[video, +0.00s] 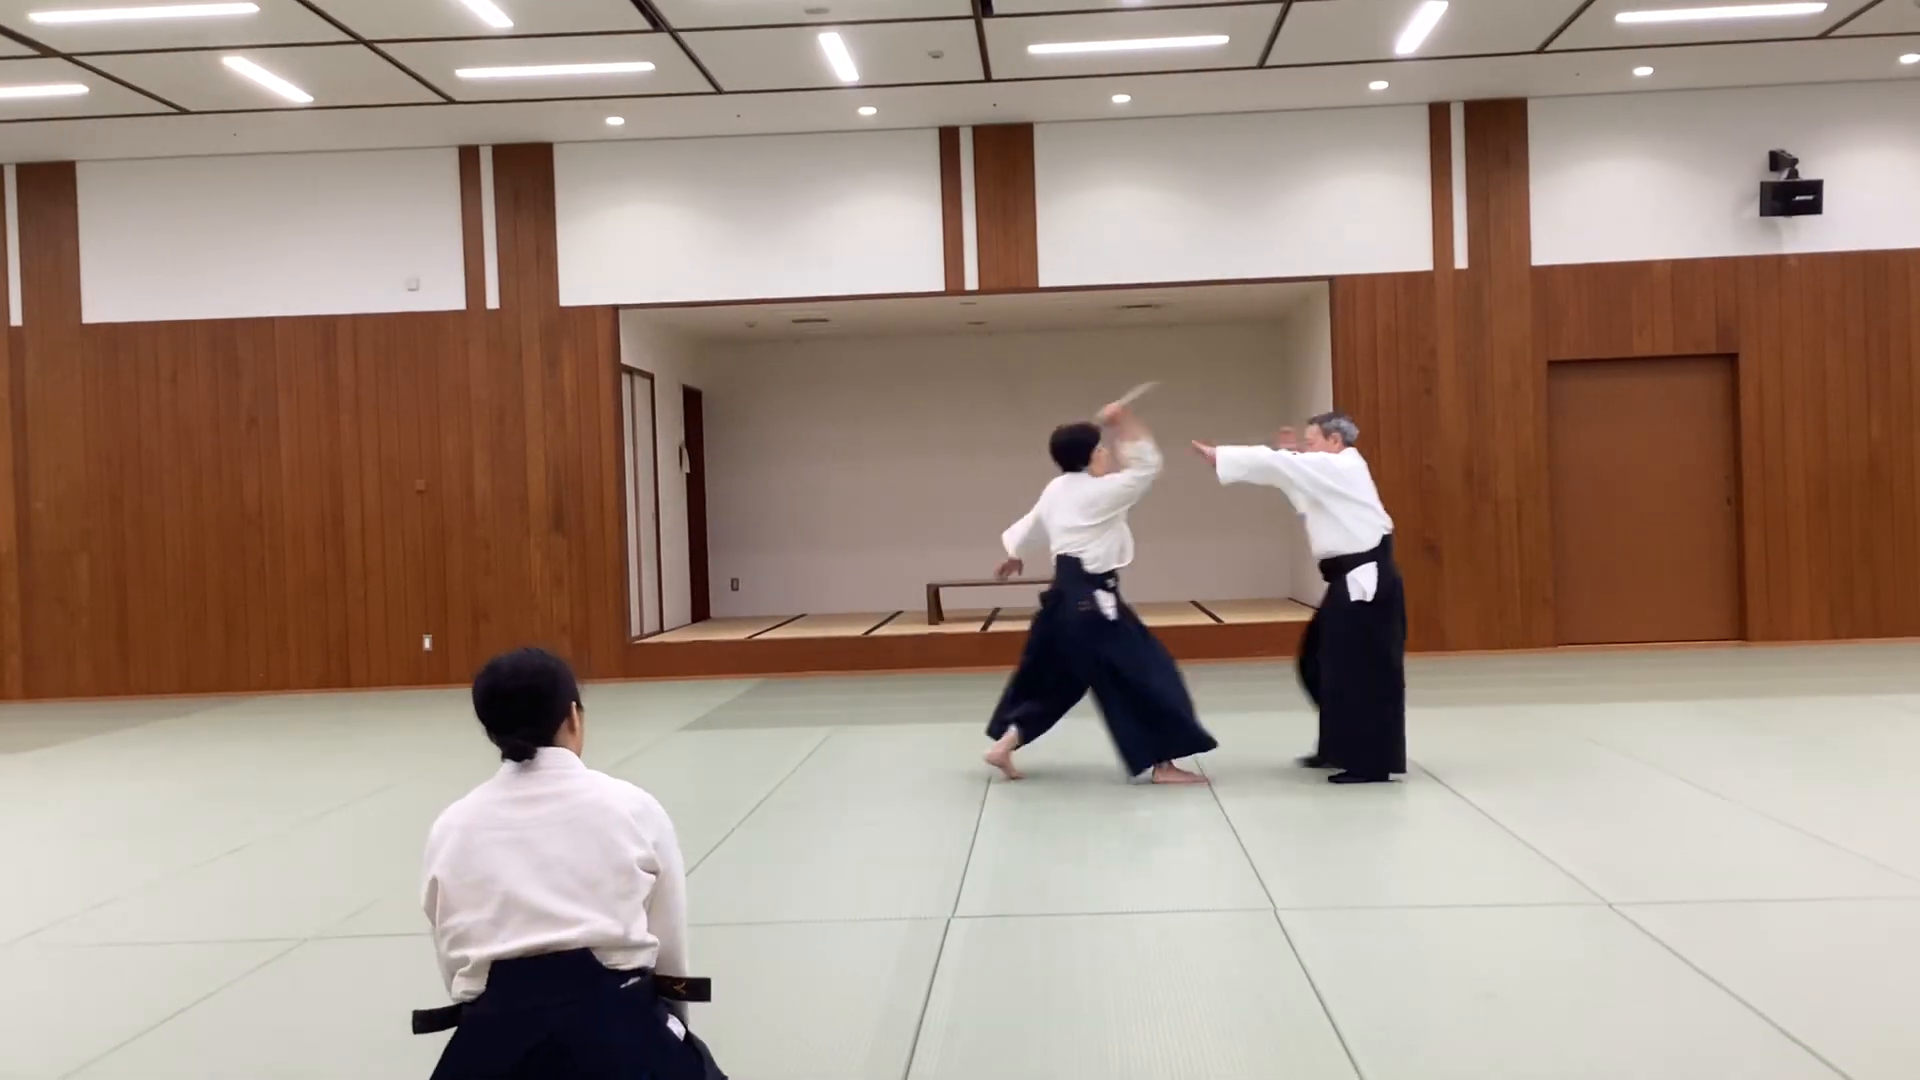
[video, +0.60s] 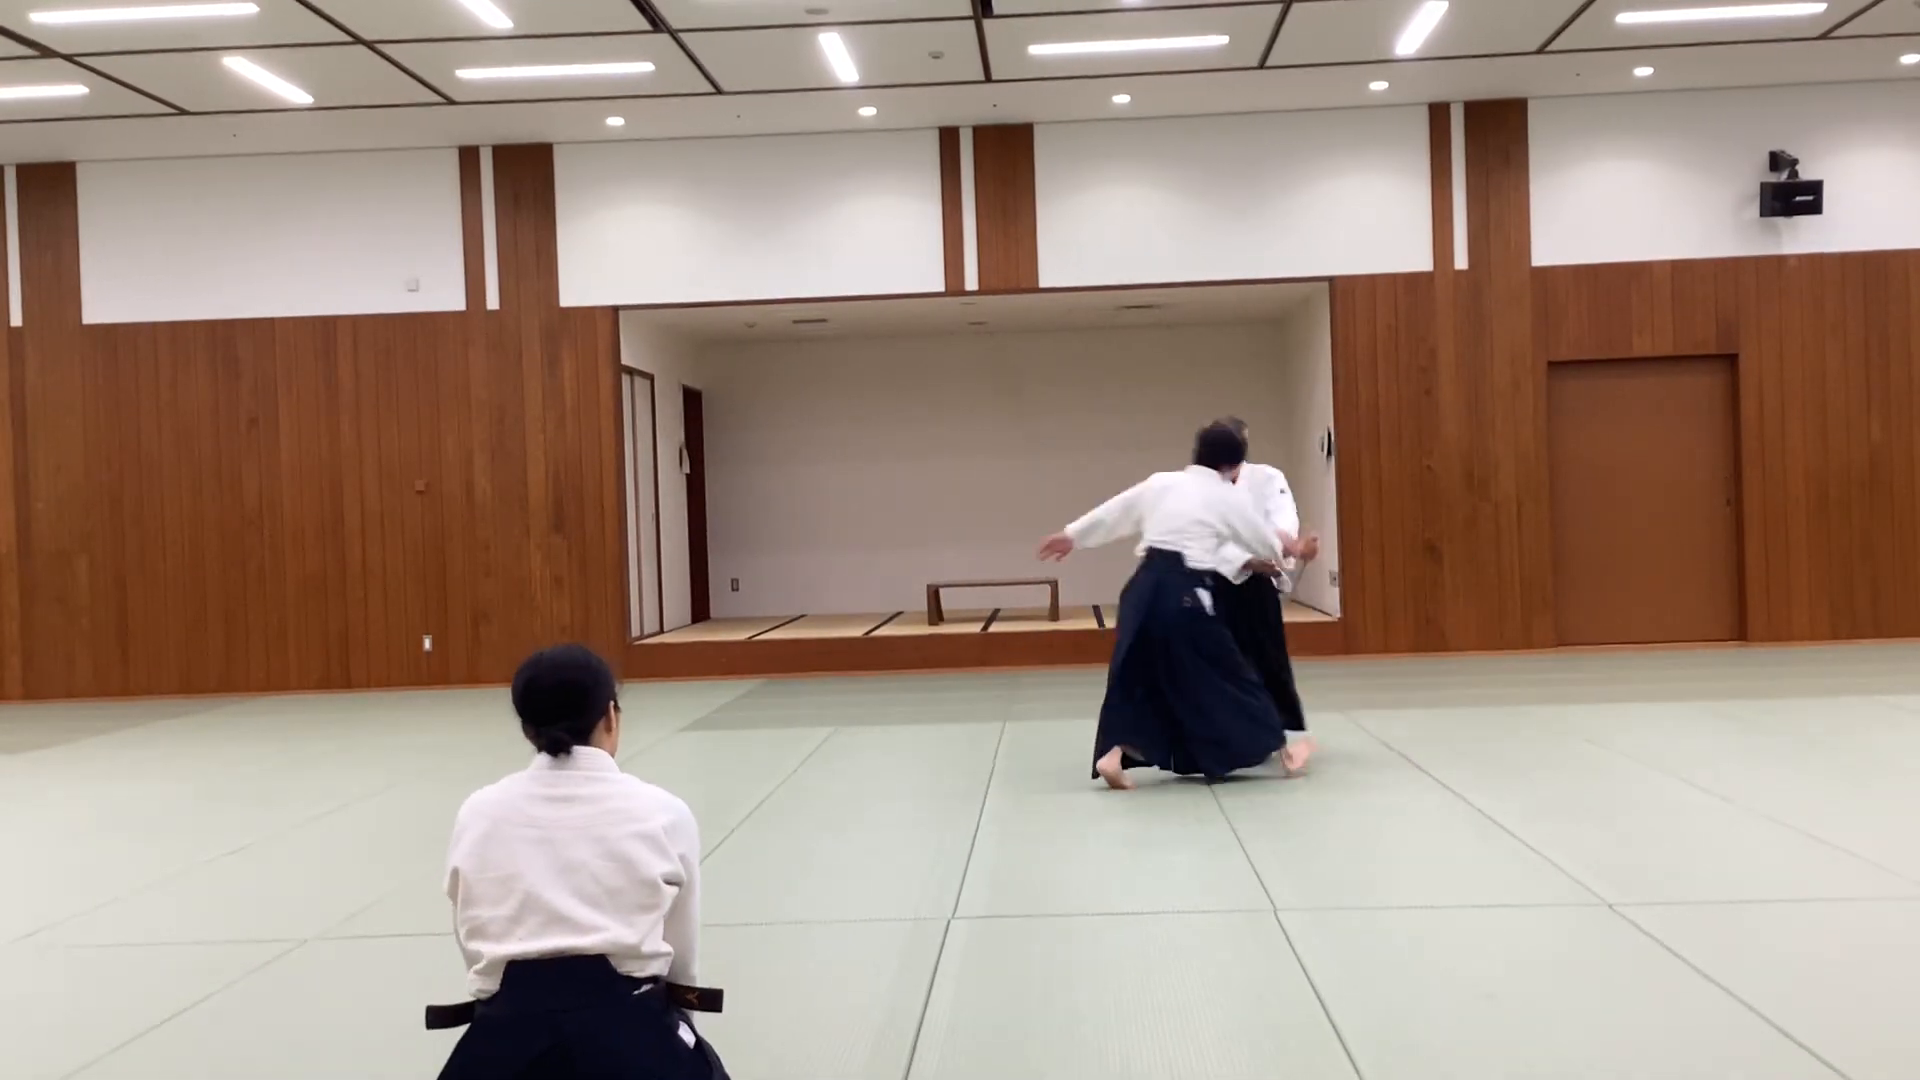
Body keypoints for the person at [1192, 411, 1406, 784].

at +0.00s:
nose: (1306, 447)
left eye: (1312, 440)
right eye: (1306, 440)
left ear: (1334, 440)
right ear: (1333, 440)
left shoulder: (1342, 465)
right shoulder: (1329, 464)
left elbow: (1284, 463)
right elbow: (1309, 475)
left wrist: (1222, 456)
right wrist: (1293, 454)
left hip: (1369, 580)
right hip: (1348, 579)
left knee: (1363, 671)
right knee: (1316, 661)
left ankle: (1371, 763)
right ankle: (1336, 748)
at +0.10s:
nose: (1286, 447)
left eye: (1293, 440)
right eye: (1286, 441)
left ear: (1319, 441)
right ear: (1312, 441)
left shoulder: (1327, 467)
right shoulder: (1303, 490)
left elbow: (1262, 453)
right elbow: (1261, 497)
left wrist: (1204, 433)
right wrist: (1221, 460)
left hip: (1349, 582)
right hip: (1322, 584)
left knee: (1358, 670)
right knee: (1280, 653)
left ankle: (1372, 761)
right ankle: (1270, 736)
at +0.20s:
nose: (1270, 442)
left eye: (1277, 436)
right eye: (1268, 436)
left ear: (1298, 437)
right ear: (1270, 438)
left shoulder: (1319, 465)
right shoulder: (1268, 480)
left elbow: (1271, 448)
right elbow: (1227, 504)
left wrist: (1222, 428)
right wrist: (1214, 473)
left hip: (1332, 576)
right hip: (1293, 578)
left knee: (1345, 665)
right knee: (1265, 659)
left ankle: (1366, 755)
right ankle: (1269, 746)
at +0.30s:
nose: (1259, 437)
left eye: (1267, 431)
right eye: (1254, 433)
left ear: (1284, 437)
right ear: (1250, 440)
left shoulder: (1307, 465)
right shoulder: (1243, 476)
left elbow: (1271, 453)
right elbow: (1215, 523)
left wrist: (1239, 425)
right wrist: (1218, 486)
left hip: (1311, 572)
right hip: (1270, 575)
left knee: (1325, 657)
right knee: (1256, 660)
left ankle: (1338, 744)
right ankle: (1268, 747)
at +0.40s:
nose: (1249, 448)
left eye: (1257, 441)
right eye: (1242, 441)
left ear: (1273, 439)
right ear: (1235, 442)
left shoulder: (1289, 470)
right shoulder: (1227, 479)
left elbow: (1298, 482)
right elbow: (1212, 534)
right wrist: (1229, 495)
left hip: (1290, 574)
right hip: (1248, 576)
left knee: (1306, 657)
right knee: (1249, 664)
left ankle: (1294, 728)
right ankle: (1266, 746)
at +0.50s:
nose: (1234, 451)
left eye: (1241, 443)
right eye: (1227, 444)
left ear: (1257, 443)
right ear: (1221, 445)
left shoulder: (1279, 471)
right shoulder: (1210, 482)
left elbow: (1281, 504)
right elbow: (1196, 532)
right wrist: (1228, 538)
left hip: (1271, 577)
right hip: (1230, 579)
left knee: (1267, 659)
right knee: (1236, 660)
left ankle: (1262, 741)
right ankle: (1241, 744)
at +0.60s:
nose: (1227, 453)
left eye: (1232, 445)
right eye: (1223, 445)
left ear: (1241, 445)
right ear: (1215, 447)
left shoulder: (1268, 478)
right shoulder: (1201, 481)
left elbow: (1286, 520)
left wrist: (1281, 545)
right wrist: (1243, 560)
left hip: (1257, 579)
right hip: (1212, 579)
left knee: (1268, 655)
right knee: (1218, 656)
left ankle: (1285, 734)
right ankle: (1219, 738)